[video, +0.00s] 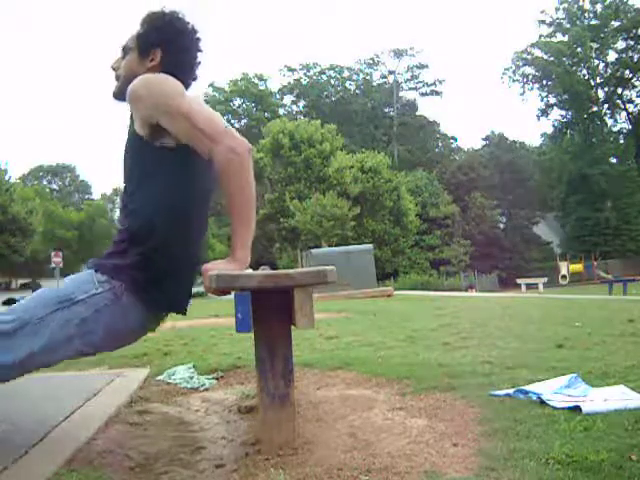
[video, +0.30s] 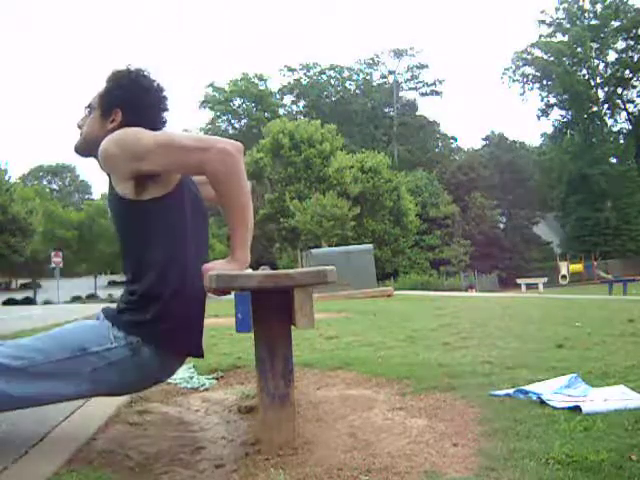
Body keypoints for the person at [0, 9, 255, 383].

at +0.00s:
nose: (115, 64)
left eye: (125, 53)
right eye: (120, 53)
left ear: (152, 59)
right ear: (154, 61)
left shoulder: (150, 88)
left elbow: (234, 151)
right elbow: (238, 153)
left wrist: (239, 257)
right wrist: (241, 256)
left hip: (124, 289)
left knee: (5, 345)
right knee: (7, 346)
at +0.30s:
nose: (80, 121)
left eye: (90, 110)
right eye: (86, 110)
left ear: (114, 118)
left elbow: (225, 154)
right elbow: (231, 187)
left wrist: (240, 257)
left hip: (139, 340)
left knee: (6, 365)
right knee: (9, 360)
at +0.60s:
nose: (88, 58)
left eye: (99, 50)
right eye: (95, 49)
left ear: (120, 63)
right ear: (122, 64)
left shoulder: (125, 94)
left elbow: (219, 152)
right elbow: (222, 154)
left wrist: (239, 256)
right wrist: (238, 251)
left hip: (116, 287)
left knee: (3, 329)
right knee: (5, 336)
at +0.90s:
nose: (88, 8)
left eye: (98, 1)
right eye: (94, 1)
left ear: (122, 8)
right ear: (123, 10)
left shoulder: (134, 53)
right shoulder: (156, 61)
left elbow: (185, 151)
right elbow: (190, 159)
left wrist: (227, 253)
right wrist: (227, 250)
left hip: (88, 238)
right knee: (3, 326)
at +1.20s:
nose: (57, 116)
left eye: (67, 105)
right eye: (63, 105)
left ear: (93, 115)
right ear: (91, 114)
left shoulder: (109, 143)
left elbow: (217, 155)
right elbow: (209, 193)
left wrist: (238, 257)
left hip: (138, 329)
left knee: (5, 351)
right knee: (7, 348)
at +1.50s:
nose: (70, 70)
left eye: (81, 59)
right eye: (76, 59)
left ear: (107, 68)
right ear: (107, 69)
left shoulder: (117, 100)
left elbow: (217, 153)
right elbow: (206, 192)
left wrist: (238, 257)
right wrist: (238, 253)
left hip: (120, 290)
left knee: (2, 328)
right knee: (4, 324)